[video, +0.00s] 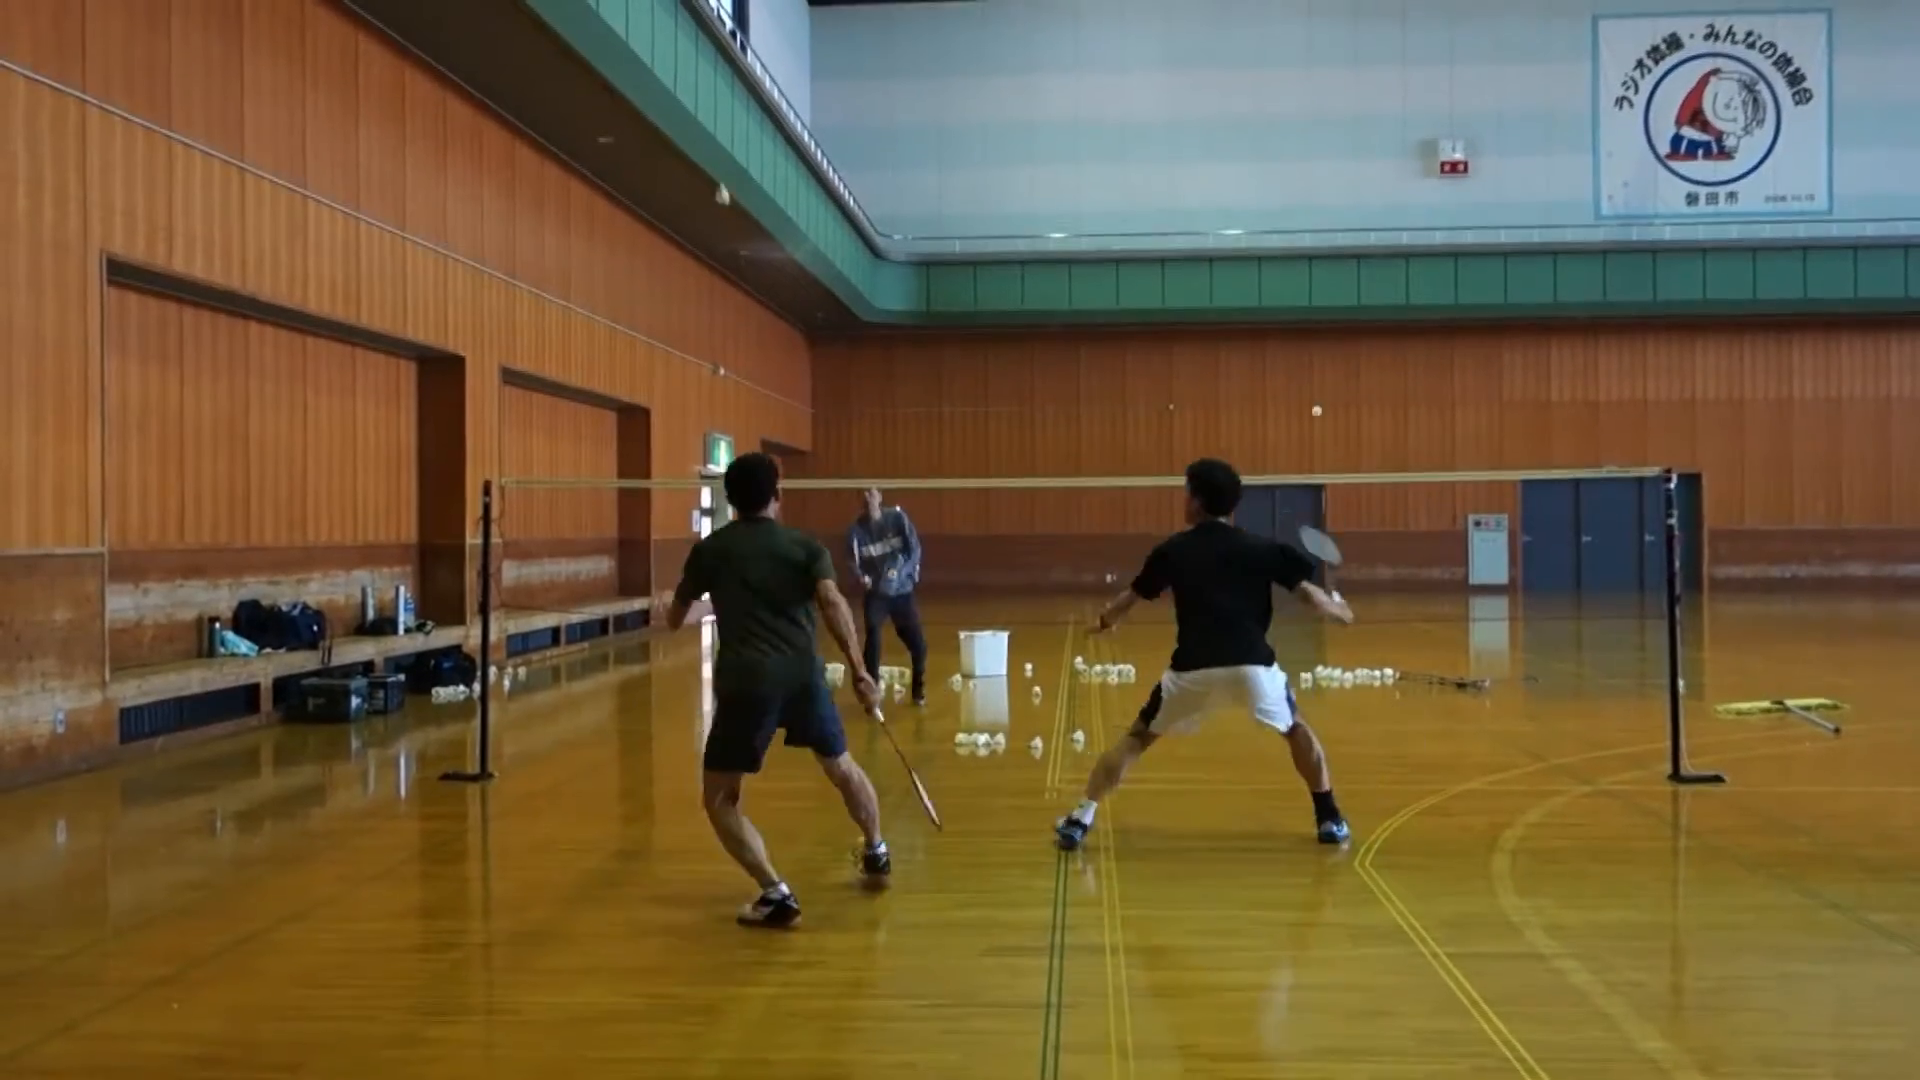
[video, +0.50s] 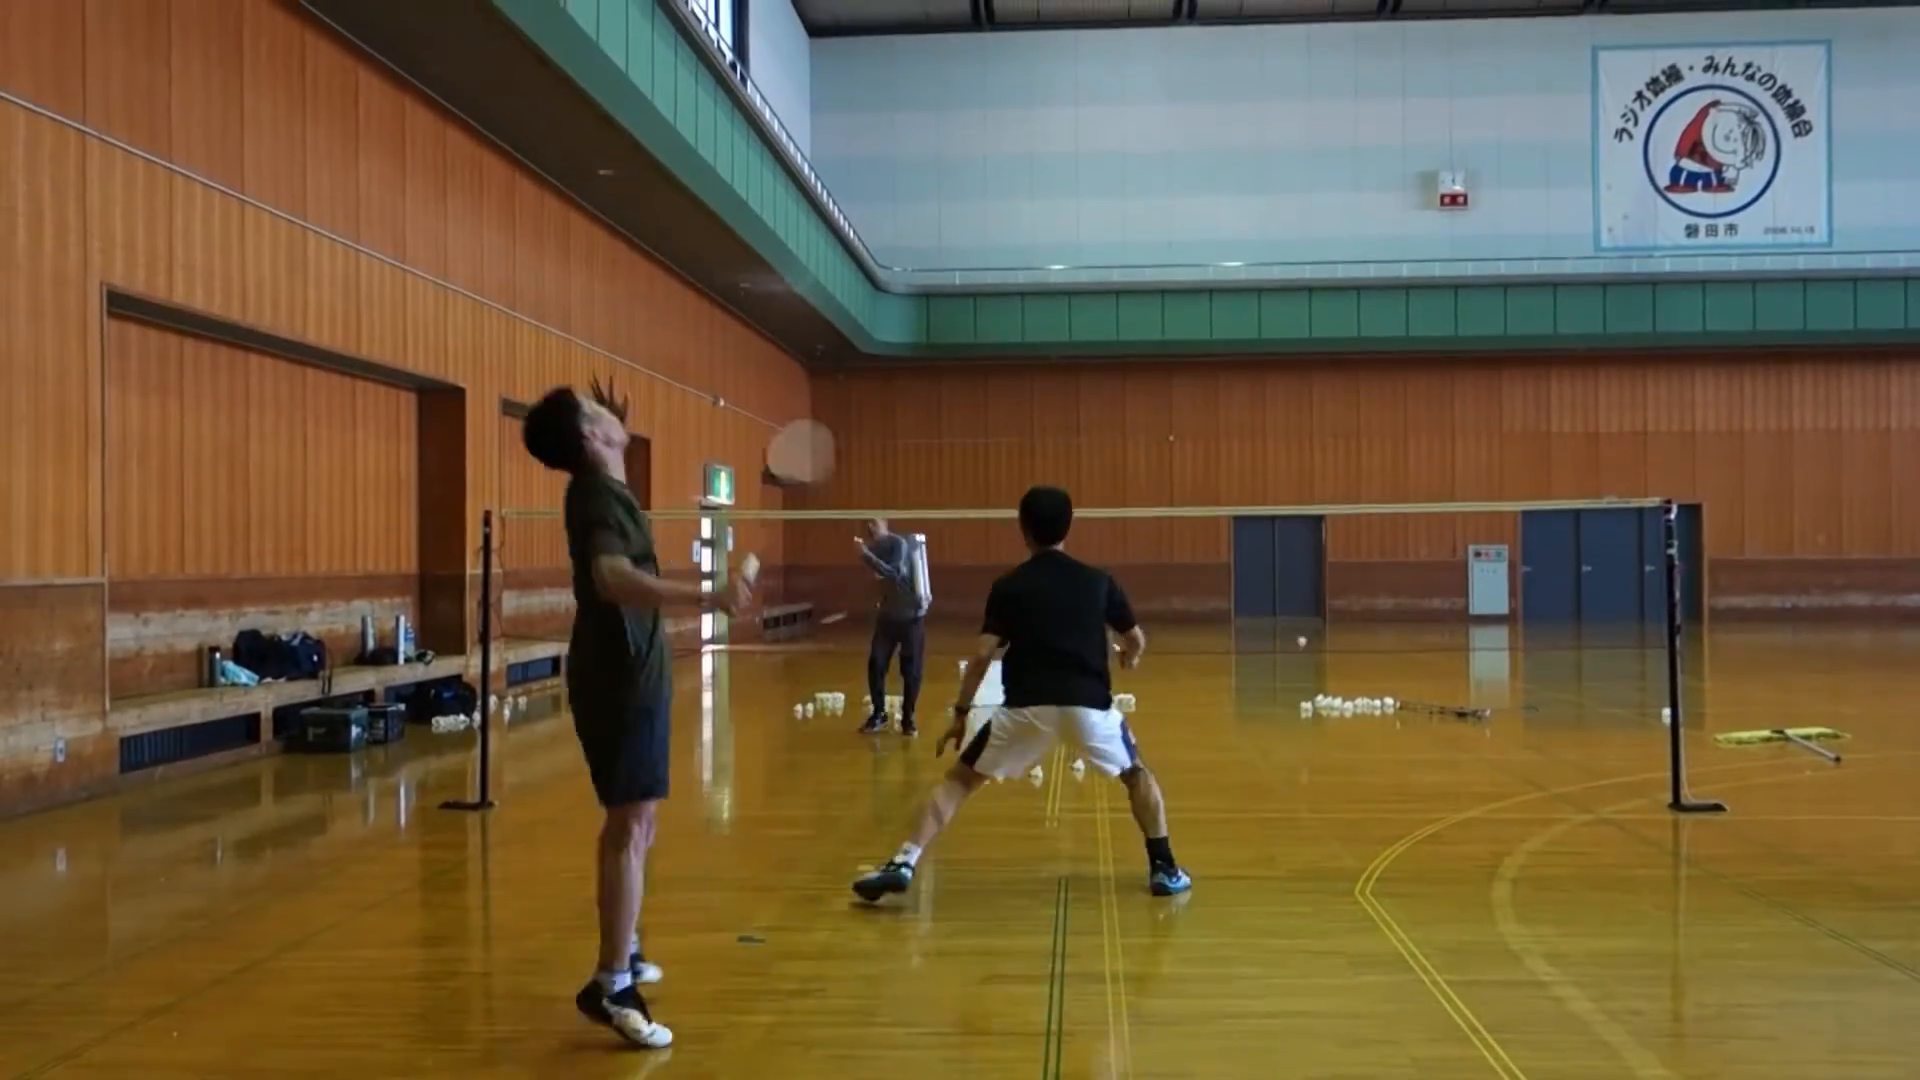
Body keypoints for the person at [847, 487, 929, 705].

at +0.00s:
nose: (869, 499)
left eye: (872, 494)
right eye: (866, 495)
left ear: (880, 497)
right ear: (862, 500)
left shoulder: (897, 517)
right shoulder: (857, 529)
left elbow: (914, 545)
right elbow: (853, 560)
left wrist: (912, 573)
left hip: (901, 590)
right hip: (876, 592)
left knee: (918, 644)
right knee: (873, 639)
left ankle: (918, 688)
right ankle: (871, 689)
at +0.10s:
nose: (872, 511)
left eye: (875, 506)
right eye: (868, 507)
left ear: (883, 508)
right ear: (864, 511)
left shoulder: (901, 531)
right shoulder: (859, 543)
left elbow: (916, 560)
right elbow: (857, 579)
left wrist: (895, 572)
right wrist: (859, 610)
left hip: (903, 603)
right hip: (876, 606)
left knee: (909, 654)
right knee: (873, 656)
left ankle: (909, 701)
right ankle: (872, 707)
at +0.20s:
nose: (874, 517)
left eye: (877, 513)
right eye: (870, 513)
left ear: (886, 515)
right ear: (868, 517)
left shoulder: (905, 538)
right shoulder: (864, 547)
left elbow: (913, 570)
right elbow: (861, 584)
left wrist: (884, 566)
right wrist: (863, 616)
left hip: (906, 608)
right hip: (879, 610)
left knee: (908, 658)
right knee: (874, 660)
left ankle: (908, 709)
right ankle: (872, 712)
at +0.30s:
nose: (875, 522)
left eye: (879, 516)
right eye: (872, 518)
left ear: (888, 518)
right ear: (871, 522)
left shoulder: (906, 541)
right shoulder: (873, 547)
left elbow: (909, 573)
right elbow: (876, 581)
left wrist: (877, 561)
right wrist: (874, 610)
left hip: (908, 611)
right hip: (884, 612)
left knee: (912, 665)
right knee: (877, 664)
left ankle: (908, 716)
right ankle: (873, 714)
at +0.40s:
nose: (874, 524)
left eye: (877, 518)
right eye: (871, 520)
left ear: (886, 520)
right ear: (869, 524)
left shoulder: (902, 542)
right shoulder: (874, 546)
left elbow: (904, 573)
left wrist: (871, 551)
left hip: (910, 613)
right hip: (884, 613)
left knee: (911, 667)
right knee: (877, 665)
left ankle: (908, 716)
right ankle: (877, 715)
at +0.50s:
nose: (871, 529)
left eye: (874, 523)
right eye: (868, 525)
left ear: (885, 523)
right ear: (868, 528)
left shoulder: (900, 543)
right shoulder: (875, 548)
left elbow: (895, 573)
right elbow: (883, 573)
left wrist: (866, 554)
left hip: (910, 614)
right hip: (888, 613)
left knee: (911, 668)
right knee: (876, 663)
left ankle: (908, 718)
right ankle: (879, 713)